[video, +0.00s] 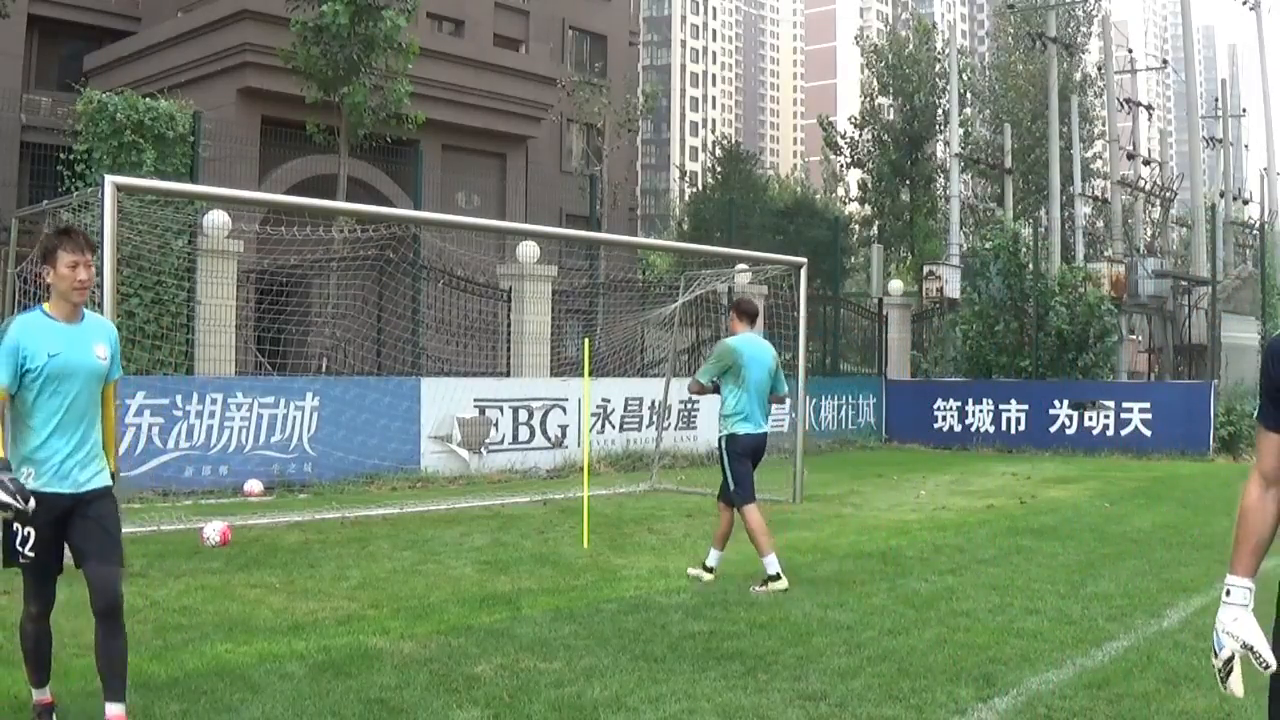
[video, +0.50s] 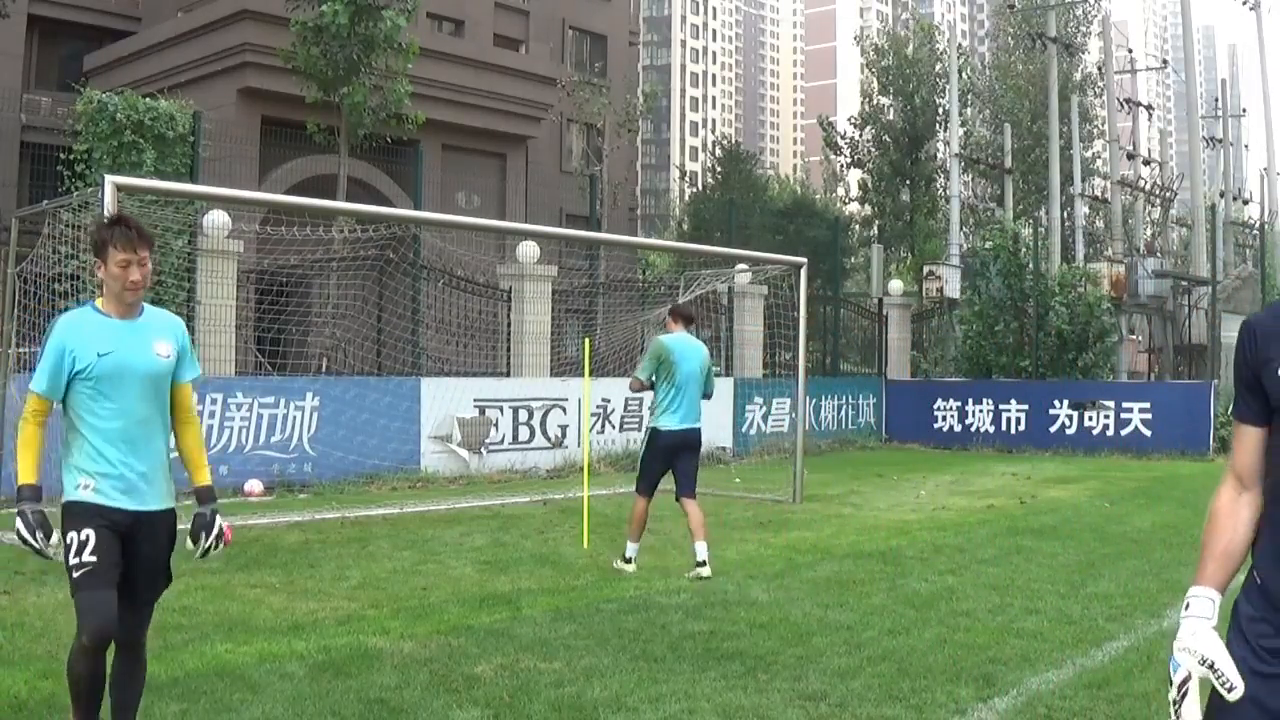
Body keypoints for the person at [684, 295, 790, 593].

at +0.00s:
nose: (728, 323)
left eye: (729, 318)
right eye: (731, 319)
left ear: (735, 319)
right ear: (754, 320)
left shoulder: (728, 347)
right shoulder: (769, 349)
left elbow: (696, 386)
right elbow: (779, 395)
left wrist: (719, 386)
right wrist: (749, 390)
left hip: (734, 436)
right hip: (759, 437)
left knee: (747, 505)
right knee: (727, 501)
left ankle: (775, 574)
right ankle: (709, 567)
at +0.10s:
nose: (714, 323)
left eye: (715, 319)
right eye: (716, 319)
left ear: (721, 319)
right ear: (738, 320)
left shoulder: (714, 344)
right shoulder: (753, 349)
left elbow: (683, 384)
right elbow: (759, 397)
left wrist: (705, 384)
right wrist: (728, 391)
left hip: (715, 436)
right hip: (740, 436)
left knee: (708, 505)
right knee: (719, 503)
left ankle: (750, 556)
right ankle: (707, 566)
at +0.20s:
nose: (704, 321)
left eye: (705, 317)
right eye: (706, 317)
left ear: (711, 318)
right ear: (728, 319)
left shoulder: (705, 342)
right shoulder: (740, 347)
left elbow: (675, 381)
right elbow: (745, 394)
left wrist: (697, 380)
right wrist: (705, 383)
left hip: (705, 433)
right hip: (730, 433)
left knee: (682, 497)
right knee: (713, 498)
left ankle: (723, 544)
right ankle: (707, 565)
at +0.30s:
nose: (689, 321)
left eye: (690, 317)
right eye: (691, 317)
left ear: (696, 316)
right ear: (715, 317)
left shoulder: (692, 340)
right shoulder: (726, 346)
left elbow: (663, 380)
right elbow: (727, 390)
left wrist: (672, 377)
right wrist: (684, 381)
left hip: (689, 431)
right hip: (716, 432)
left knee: (659, 488)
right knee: (705, 497)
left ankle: (679, 547)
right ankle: (705, 566)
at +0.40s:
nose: (680, 324)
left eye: (681, 319)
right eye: (682, 319)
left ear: (686, 318)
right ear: (705, 320)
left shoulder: (680, 341)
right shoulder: (716, 345)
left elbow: (652, 381)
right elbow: (718, 389)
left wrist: (673, 381)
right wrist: (685, 383)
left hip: (678, 431)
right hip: (707, 431)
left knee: (652, 488)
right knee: (700, 497)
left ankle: (646, 556)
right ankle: (704, 565)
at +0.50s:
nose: (665, 326)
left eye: (666, 322)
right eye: (667, 322)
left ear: (671, 321)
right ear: (690, 323)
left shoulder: (661, 343)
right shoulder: (703, 349)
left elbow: (636, 384)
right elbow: (707, 392)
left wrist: (658, 382)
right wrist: (680, 382)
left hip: (663, 434)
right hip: (692, 434)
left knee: (643, 495)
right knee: (688, 497)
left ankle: (629, 557)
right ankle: (702, 562)